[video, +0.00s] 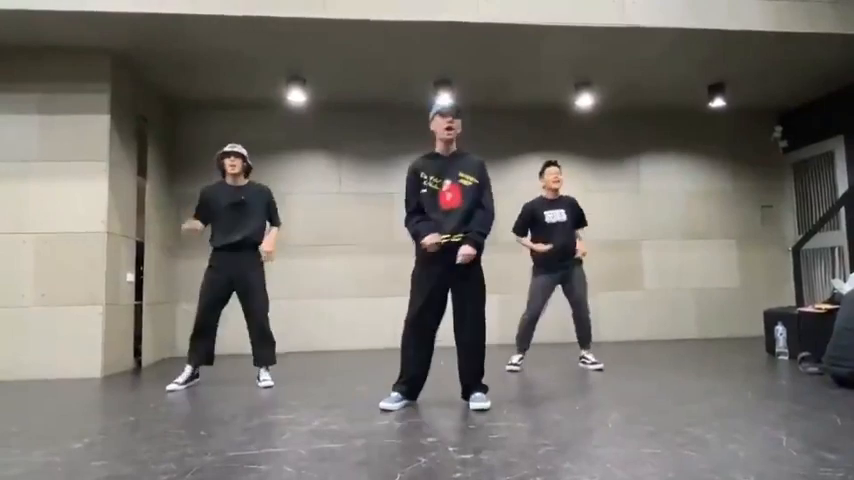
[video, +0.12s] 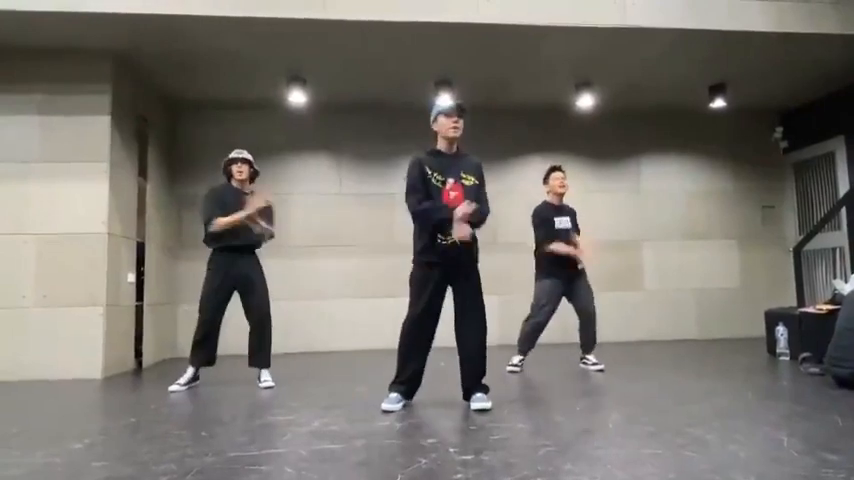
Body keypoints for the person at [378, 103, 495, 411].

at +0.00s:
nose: (450, 123)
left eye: (454, 118)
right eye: (443, 117)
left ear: (460, 126)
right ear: (431, 125)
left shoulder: (475, 166)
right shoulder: (419, 168)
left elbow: (485, 209)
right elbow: (412, 212)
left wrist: (473, 241)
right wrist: (424, 233)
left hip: (467, 257)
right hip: (431, 258)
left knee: (471, 325)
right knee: (419, 323)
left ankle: (474, 389)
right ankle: (405, 389)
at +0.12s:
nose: (455, 121)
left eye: (459, 117)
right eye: (448, 116)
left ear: (463, 124)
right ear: (434, 123)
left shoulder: (473, 167)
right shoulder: (421, 164)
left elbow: (482, 209)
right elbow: (417, 208)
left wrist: (469, 217)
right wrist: (453, 212)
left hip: (464, 257)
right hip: (430, 257)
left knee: (472, 323)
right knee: (418, 323)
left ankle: (475, 390)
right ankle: (401, 389)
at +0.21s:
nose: (453, 123)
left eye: (456, 119)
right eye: (446, 118)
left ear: (460, 126)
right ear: (432, 125)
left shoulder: (470, 165)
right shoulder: (419, 163)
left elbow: (474, 210)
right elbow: (420, 197)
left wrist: (455, 207)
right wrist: (466, 199)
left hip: (461, 253)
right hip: (427, 254)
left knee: (470, 321)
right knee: (417, 321)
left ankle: (476, 390)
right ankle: (400, 389)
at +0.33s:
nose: (441, 125)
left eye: (445, 120)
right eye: (435, 120)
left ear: (452, 126)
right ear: (424, 126)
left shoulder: (464, 165)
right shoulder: (414, 163)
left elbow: (481, 205)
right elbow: (395, 191)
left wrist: (470, 178)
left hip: (455, 260)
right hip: (419, 259)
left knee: (464, 324)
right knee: (411, 324)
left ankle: (475, 390)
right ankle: (402, 390)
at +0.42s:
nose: (434, 126)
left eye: (439, 121)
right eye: (428, 121)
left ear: (447, 126)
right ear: (419, 127)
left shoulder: (464, 168)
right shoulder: (406, 168)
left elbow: (490, 199)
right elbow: (374, 194)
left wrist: (515, 174)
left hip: (451, 263)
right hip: (414, 263)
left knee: (461, 327)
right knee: (408, 327)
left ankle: (475, 391)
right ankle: (402, 391)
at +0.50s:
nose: (431, 124)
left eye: (436, 119)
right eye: (425, 120)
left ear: (444, 126)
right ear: (416, 127)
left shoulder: (463, 166)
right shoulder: (403, 169)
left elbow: (490, 198)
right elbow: (373, 198)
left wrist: (510, 173)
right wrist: (356, 173)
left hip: (450, 263)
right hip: (412, 264)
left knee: (460, 327)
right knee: (406, 329)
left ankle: (475, 391)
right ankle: (401, 392)